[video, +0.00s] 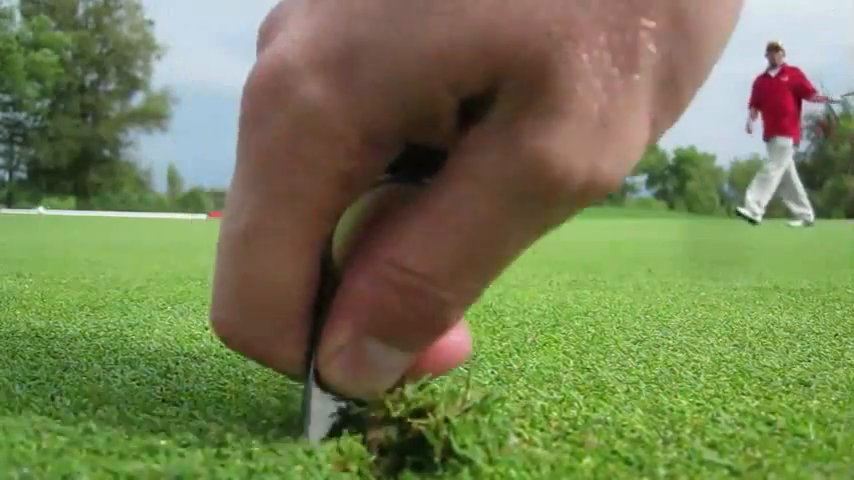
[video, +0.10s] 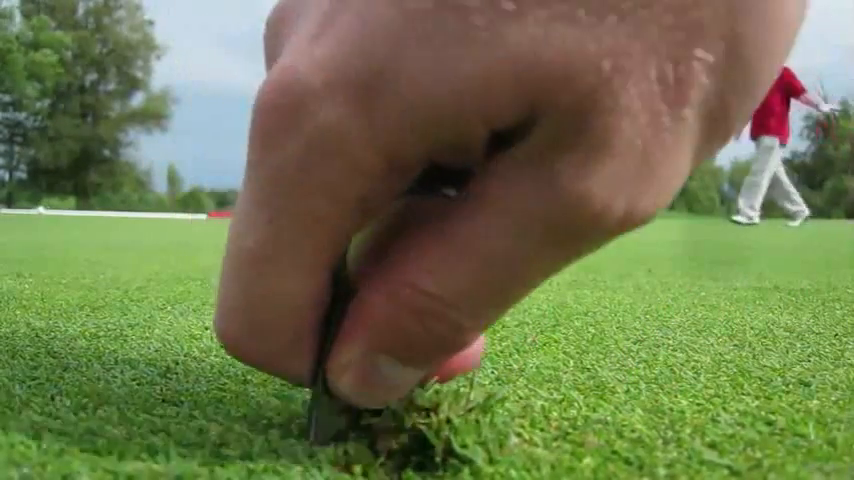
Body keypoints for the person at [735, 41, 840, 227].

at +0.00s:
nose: (773, 56)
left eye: (776, 53)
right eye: (770, 53)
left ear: (782, 55)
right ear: (766, 56)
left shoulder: (793, 74)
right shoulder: (760, 81)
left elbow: (809, 94)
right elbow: (754, 105)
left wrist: (822, 98)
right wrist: (750, 120)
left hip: (787, 129)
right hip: (770, 131)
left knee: (772, 169)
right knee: (787, 174)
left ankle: (753, 209)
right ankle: (804, 214)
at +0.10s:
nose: (764, 58)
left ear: (774, 54)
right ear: (757, 57)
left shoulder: (782, 73)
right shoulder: (755, 76)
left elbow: (801, 94)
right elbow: (746, 102)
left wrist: (821, 106)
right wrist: (738, 125)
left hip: (774, 131)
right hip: (758, 132)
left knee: (759, 172)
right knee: (775, 176)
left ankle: (749, 212)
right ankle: (798, 210)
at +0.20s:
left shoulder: (772, 74)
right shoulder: (745, 78)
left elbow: (788, 95)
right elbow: (735, 103)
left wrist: (801, 114)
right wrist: (731, 130)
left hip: (763, 128)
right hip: (747, 130)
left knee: (750, 172)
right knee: (752, 175)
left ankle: (746, 213)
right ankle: (782, 200)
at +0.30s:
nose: (744, 50)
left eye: (747, 46)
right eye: (741, 47)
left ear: (754, 48)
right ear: (738, 50)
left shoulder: (762, 68)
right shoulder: (736, 73)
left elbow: (773, 95)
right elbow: (732, 106)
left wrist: (777, 120)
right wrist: (726, 131)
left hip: (754, 125)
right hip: (735, 127)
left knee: (747, 170)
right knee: (734, 169)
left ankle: (746, 212)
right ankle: (758, 198)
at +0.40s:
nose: (732, 49)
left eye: (734, 45)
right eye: (729, 47)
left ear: (743, 46)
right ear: (728, 49)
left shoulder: (753, 67)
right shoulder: (728, 71)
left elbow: (756, 96)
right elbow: (724, 99)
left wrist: (751, 121)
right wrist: (717, 124)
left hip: (742, 127)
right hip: (722, 128)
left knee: (743, 172)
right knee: (719, 170)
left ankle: (747, 211)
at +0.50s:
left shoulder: (743, 74)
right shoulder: (719, 75)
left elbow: (739, 99)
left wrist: (725, 121)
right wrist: (709, 125)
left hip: (736, 129)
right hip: (713, 128)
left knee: (738, 173)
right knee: (705, 168)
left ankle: (746, 212)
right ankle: (691, 208)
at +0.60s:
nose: (706, 52)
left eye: (708, 47)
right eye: (705, 48)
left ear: (718, 48)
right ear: (705, 50)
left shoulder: (729, 72)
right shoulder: (708, 74)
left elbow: (726, 96)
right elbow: (704, 98)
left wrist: (705, 112)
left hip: (724, 129)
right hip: (705, 129)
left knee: (731, 175)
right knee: (694, 170)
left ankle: (737, 212)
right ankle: (675, 207)